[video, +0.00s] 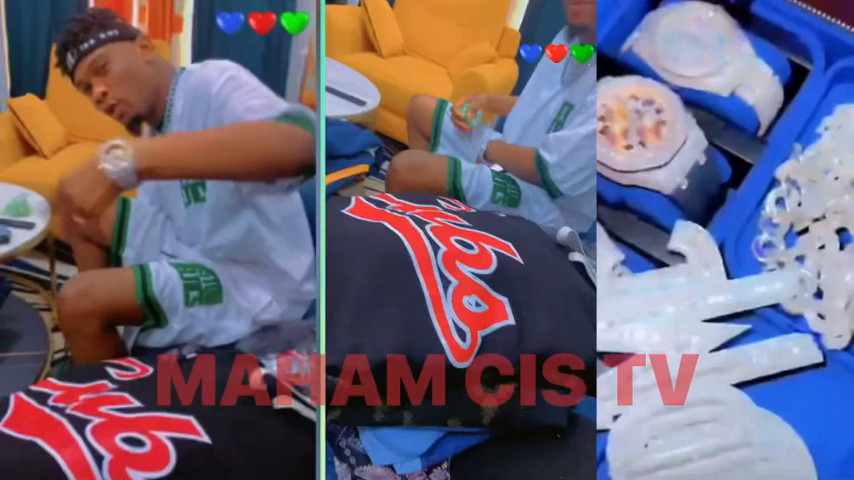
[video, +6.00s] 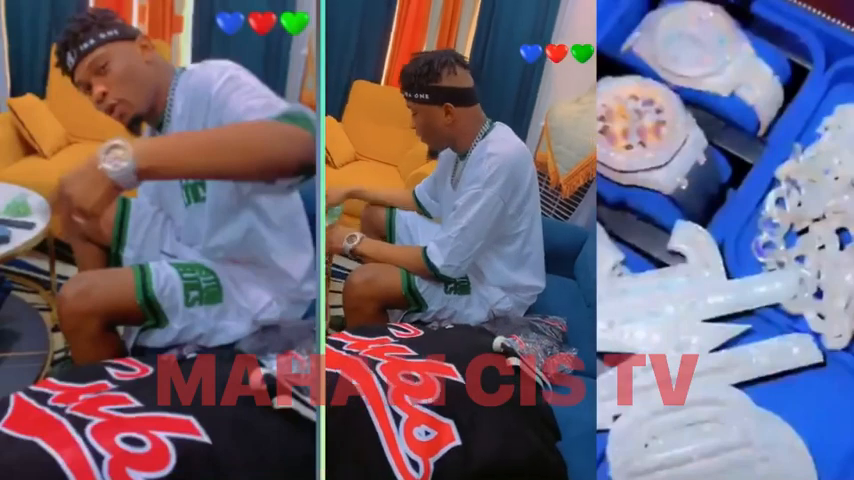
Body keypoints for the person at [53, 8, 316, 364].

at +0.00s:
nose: (98, 94)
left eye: (102, 70)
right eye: (87, 89)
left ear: (144, 48)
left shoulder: (213, 81)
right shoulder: (152, 133)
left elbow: (299, 146)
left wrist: (131, 160)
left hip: (260, 279)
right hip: (190, 251)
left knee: (80, 300)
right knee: (84, 214)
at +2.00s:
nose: (98, 94)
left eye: (102, 70)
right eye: (87, 89)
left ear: (144, 48)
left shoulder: (213, 81)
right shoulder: (152, 132)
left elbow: (298, 145)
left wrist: (131, 160)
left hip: (259, 278)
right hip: (190, 251)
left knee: (80, 300)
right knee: (84, 214)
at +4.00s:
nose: (98, 94)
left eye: (102, 70)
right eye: (87, 89)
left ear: (144, 48)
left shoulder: (213, 81)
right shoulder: (153, 133)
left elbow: (299, 146)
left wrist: (132, 160)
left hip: (260, 279)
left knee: (80, 300)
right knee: (85, 215)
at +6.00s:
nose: (97, 94)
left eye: (102, 70)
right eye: (87, 89)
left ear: (145, 48)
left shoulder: (213, 81)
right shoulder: (153, 135)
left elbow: (299, 146)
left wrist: (131, 160)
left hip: (262, 280)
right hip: (192, 253)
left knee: (80, 300)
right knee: (83, 213)